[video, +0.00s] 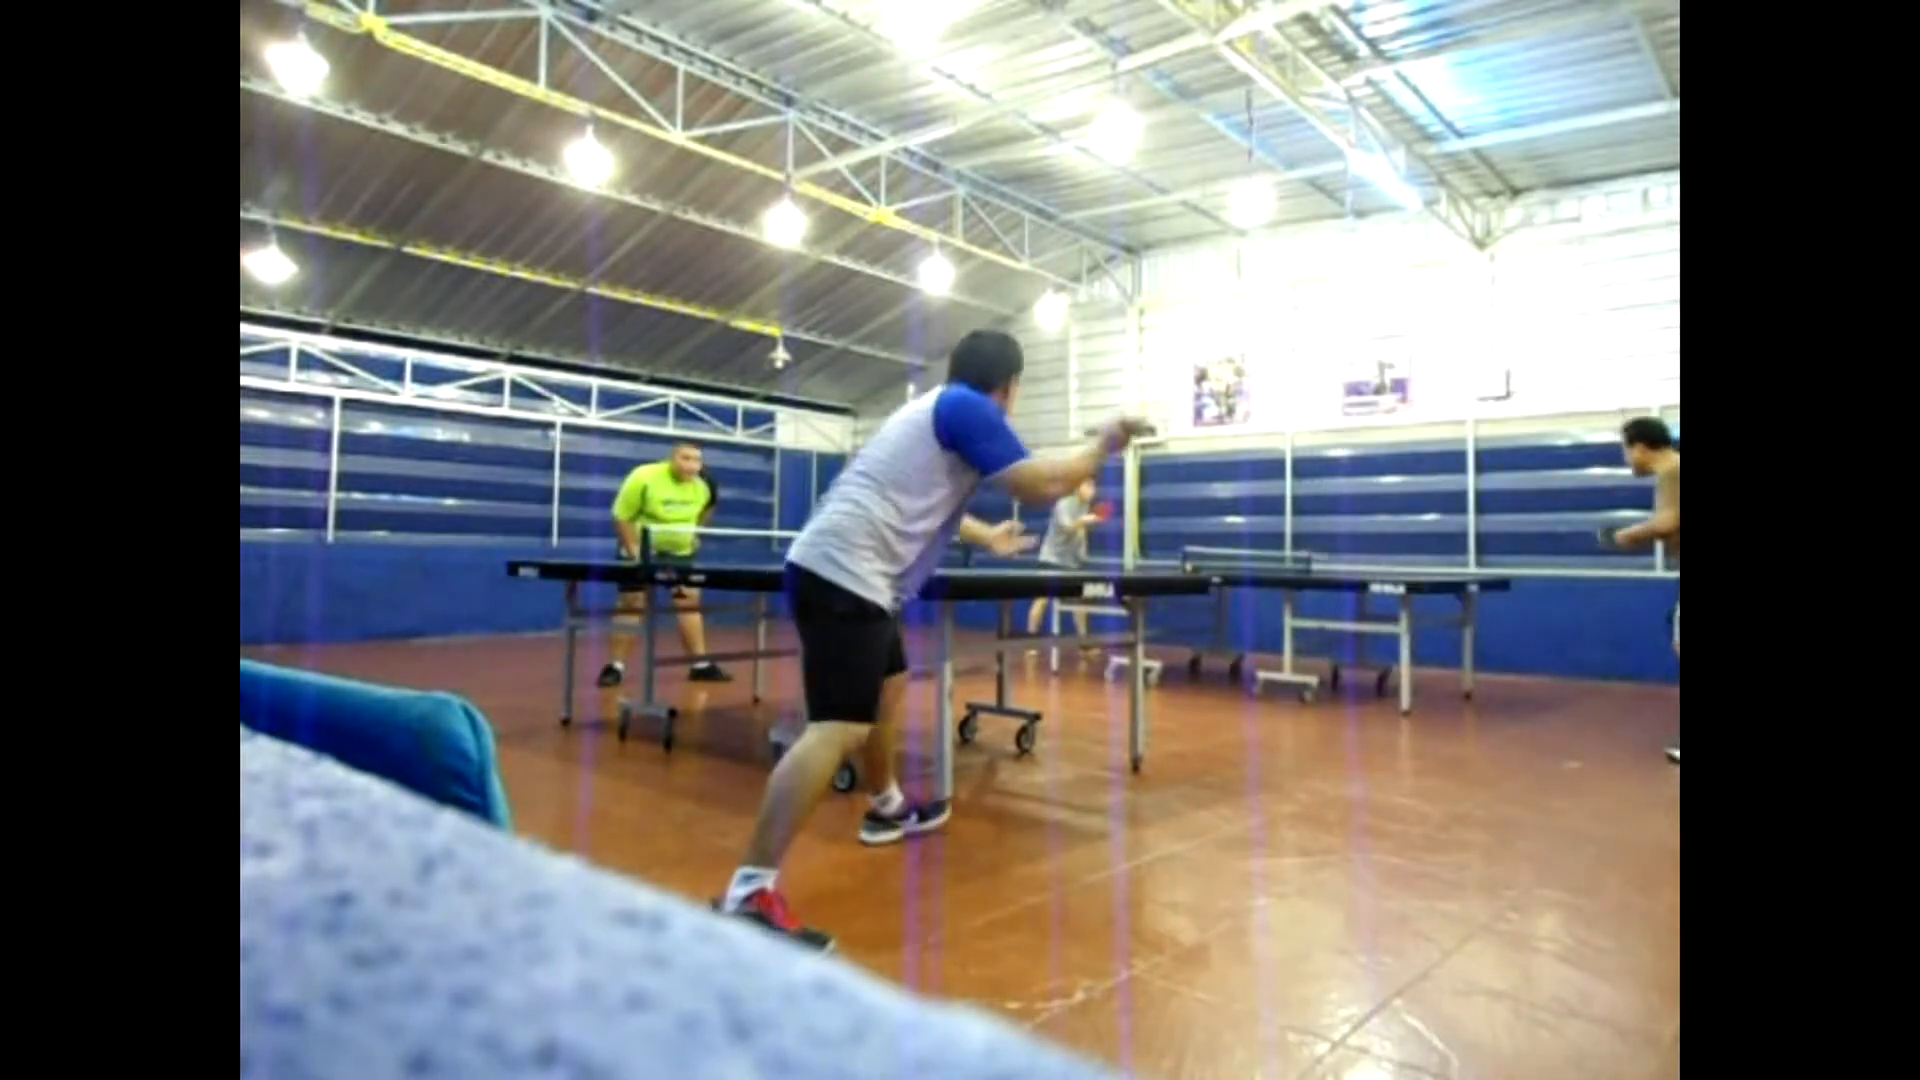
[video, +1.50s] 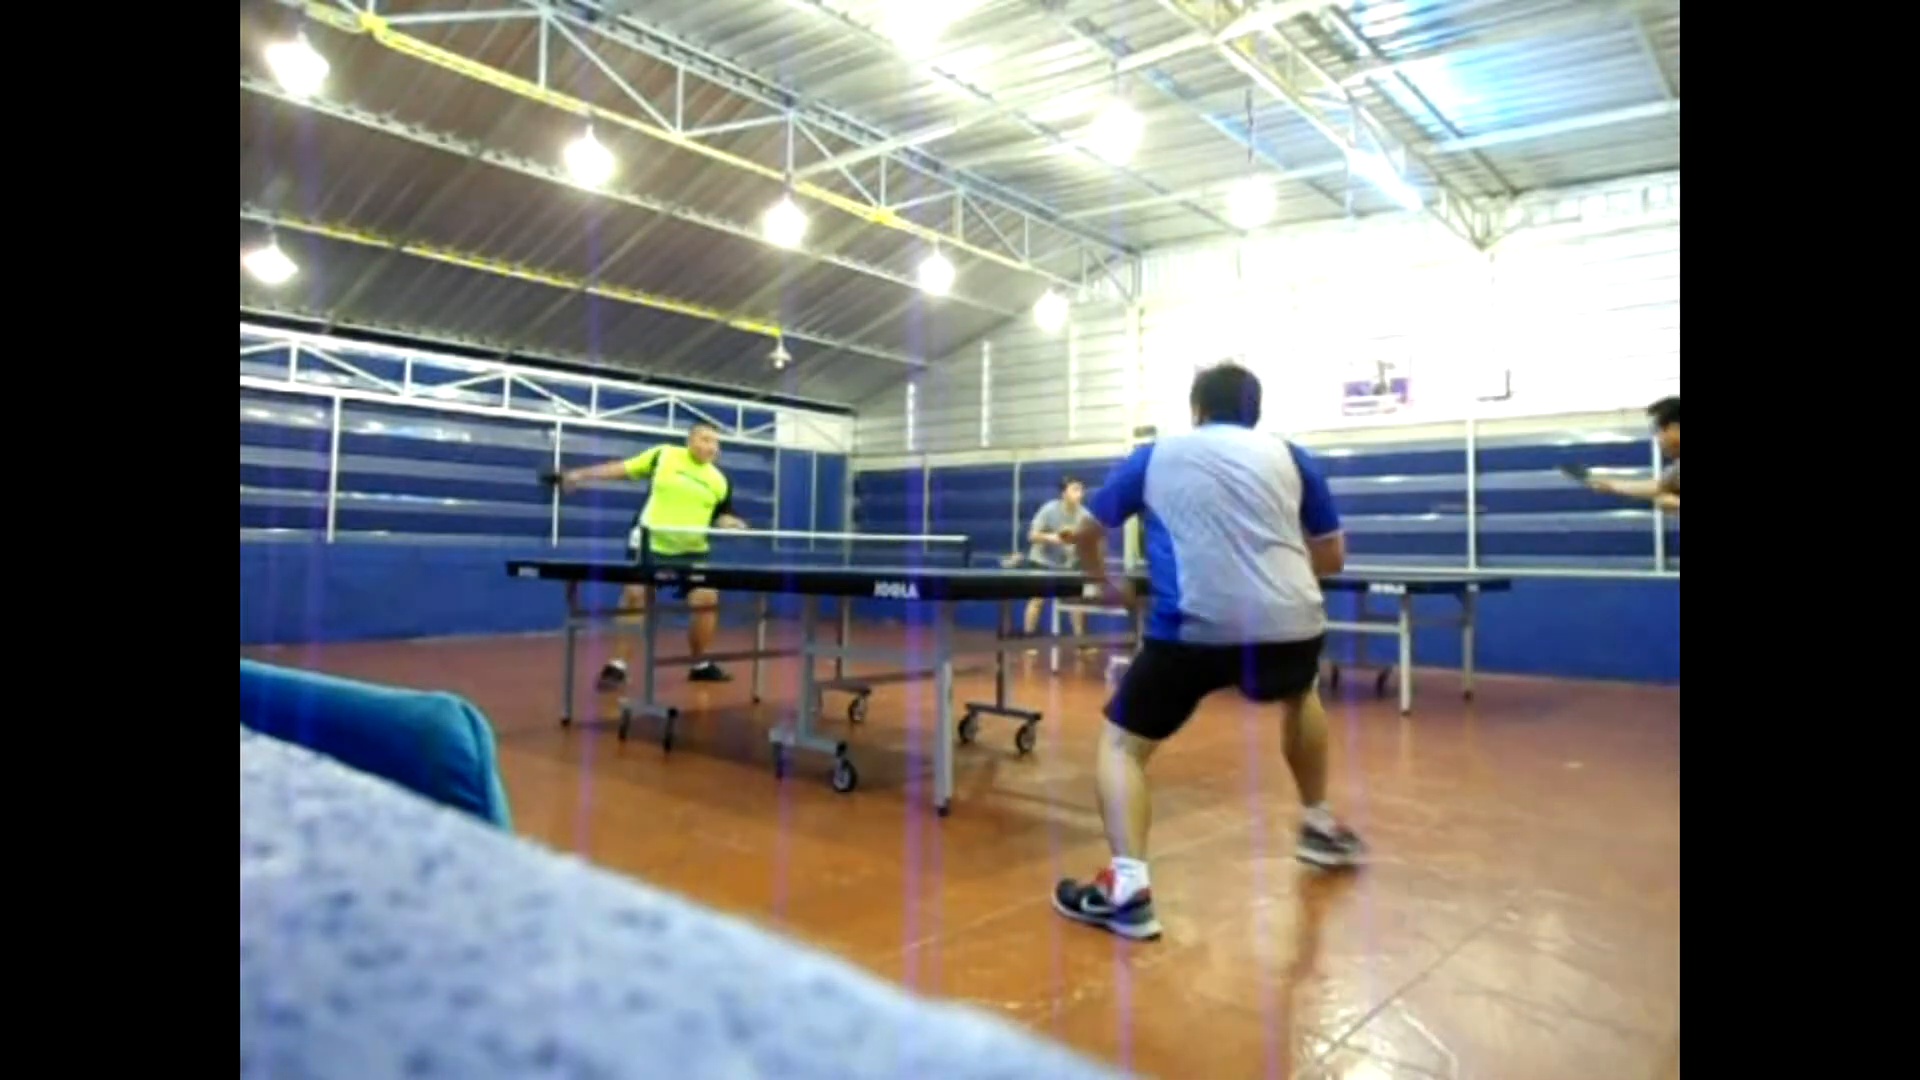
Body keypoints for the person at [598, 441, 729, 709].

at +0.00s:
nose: (691, 465)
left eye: (696, 460)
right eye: (685, 458)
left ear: (701, 463)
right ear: (672, 459)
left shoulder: (704, 487)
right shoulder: (644, 477)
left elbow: (706, 511)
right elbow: (622, 514)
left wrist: (693, 533)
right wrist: (633, 549)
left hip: (682, 552)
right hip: (643, 550)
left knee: (689, 601)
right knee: (631, 604)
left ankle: (700, 660)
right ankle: (616, 663)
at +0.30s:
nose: (690, 449)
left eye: (695, 444)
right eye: (685, 443)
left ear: (699, 448)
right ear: (671, 444)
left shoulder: (702, 477)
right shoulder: (645, 469)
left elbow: (703, 506)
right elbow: (620, 509)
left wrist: (696, 533)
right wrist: (630, 544)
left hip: (684, 550)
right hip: (643, 549)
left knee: (695, 601)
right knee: (631, 606)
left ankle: (701, 661)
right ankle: (616, 664)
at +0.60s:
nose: (699, 449)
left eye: (704, 443)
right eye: (693, 442)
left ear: (709, 446)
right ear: (681, 442)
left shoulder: (712, 475)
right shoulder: (657, 467)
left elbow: (711, 506)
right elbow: (634, 503)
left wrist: (719, 521)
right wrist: (656, 527)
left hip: (694, 553)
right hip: (657, 551)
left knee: (705, 600)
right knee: (640, 600)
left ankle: (702, 661)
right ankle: (624, 660)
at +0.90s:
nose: (711, 476)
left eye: (715, 471)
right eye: (705, 469)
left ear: (718, 471)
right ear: (690, 466)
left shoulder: (709, 496)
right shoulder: (661, 480)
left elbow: (701, 522)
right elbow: (656, 519)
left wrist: (721, 522)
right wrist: (705, 520)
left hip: (684, 554)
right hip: (647, 553)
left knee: (706, 599)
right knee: (642, 600)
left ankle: (701, 662)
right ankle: (635, 670)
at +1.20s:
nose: (716, 467)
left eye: (720, 462)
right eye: (710, 460)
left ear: (723, 466)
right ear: (696, 460)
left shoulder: (720, 499)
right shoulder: (670, 470)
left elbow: (721, 529)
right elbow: (628, 475)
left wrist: (743, 526)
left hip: (691, 563)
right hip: (652, 557)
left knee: (717, 605)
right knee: (647, 603)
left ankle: (701, 664)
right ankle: (634, 671)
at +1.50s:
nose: (710, 447)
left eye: (714, 442)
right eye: (704, 440)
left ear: (717, 448)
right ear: (690, 440)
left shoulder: (719, 481)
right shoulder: (664, 456)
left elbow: (721, 516)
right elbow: (621, 469)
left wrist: (733, 523)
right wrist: (577, 476)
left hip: (693, 548)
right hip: (651, 542)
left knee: (706, 600)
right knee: (634, 598)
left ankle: (701, 662)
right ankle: (618, 663)